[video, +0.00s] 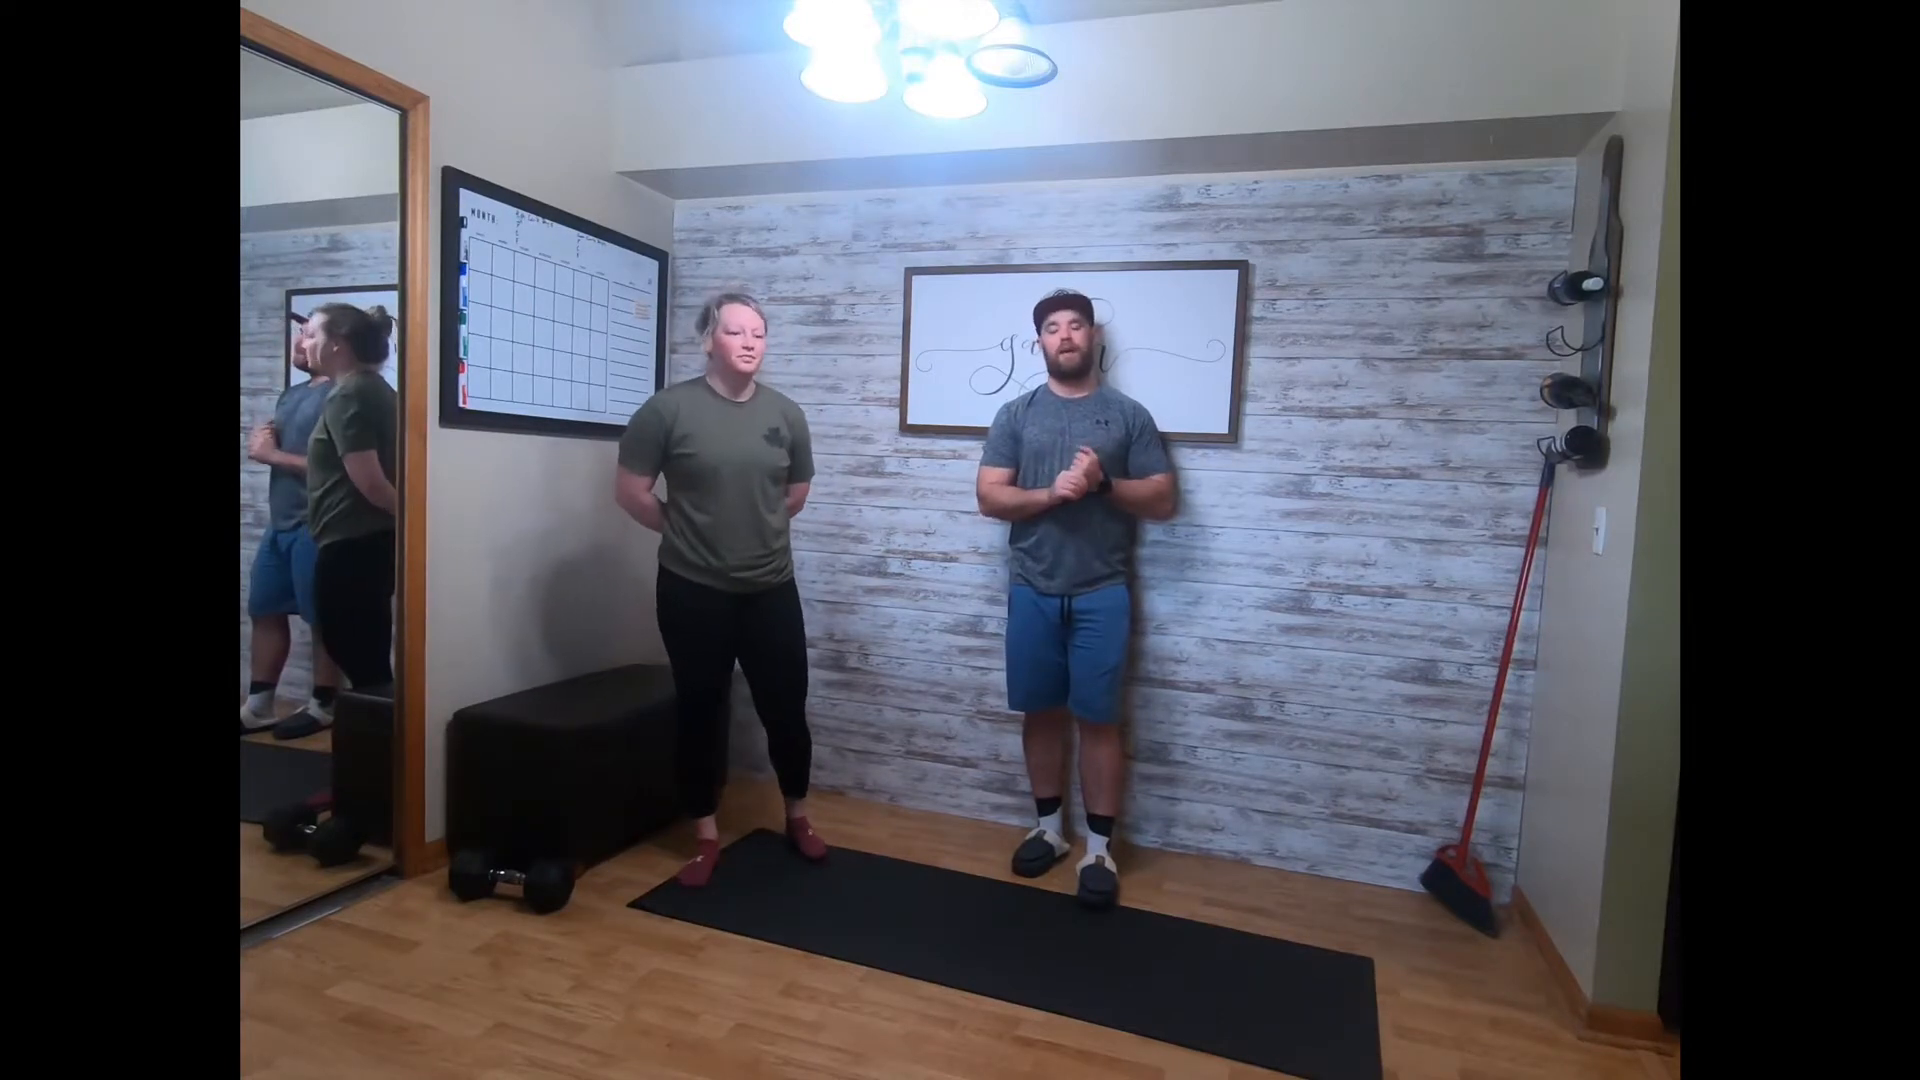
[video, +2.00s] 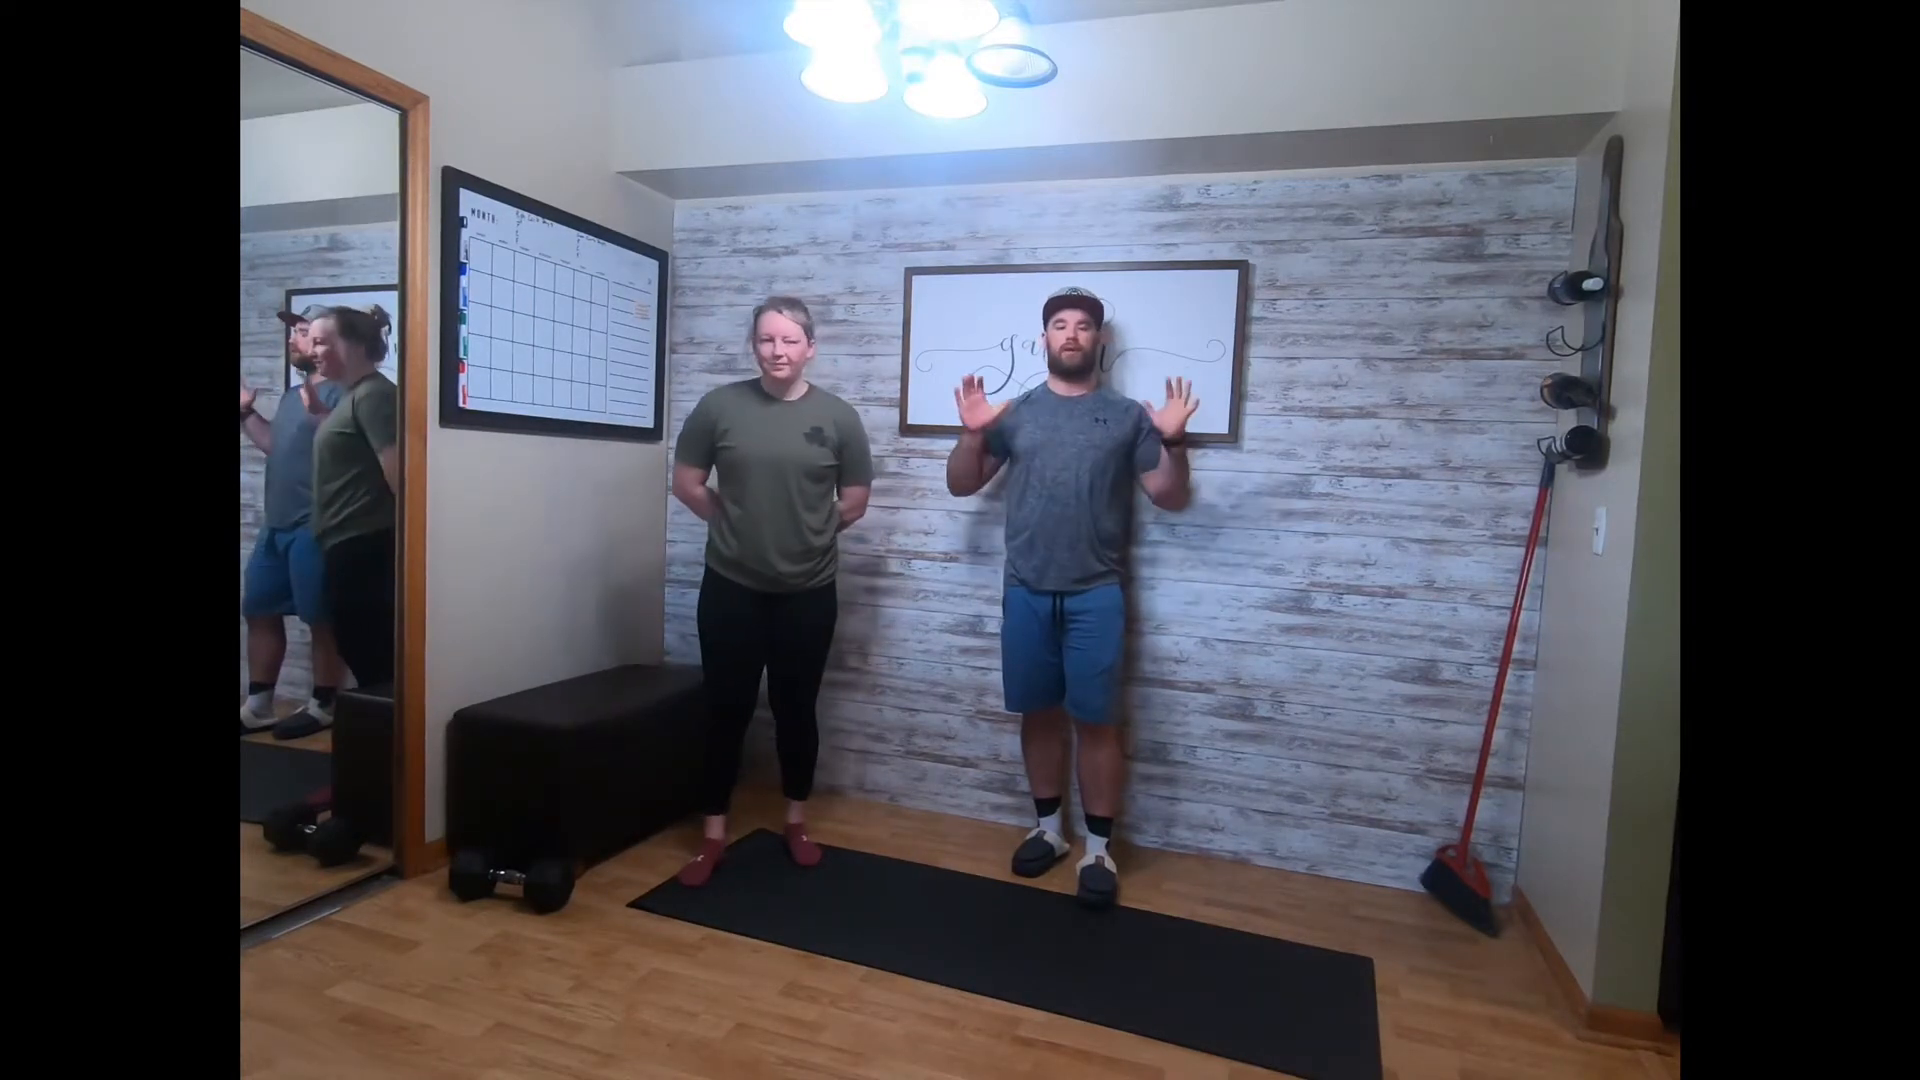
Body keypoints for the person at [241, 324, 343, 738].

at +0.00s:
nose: (300, 340)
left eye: (309, 333)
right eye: (301, 332)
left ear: (331, 343)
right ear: (301, 344)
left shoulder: (340, 395)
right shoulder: (292, 395)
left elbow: (329, 467)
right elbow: (277, 443)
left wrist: (273, 454)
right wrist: (267, 440)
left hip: (316, 526)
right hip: (280, 526)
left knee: (321, 619)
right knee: (266, 611)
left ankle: (324, 706)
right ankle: (259, 704)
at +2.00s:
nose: (294, 339)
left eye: (304, 332)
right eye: (295, 333)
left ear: (326, 342)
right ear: (299, 344)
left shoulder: (343, 392)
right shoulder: (294, 394)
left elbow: (346, 447)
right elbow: (276, 446)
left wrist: (317, 412)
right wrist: (248, 413)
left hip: (317, 523)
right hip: (276, 523)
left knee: (321, 617)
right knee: (260, 608)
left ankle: (324, 706)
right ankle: (259, 704)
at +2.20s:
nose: (300, 344)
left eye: (310, 336)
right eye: (300, 337)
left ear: (334, 344)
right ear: (301, 345)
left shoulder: (347, 394)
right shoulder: (293, 391)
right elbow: (254, 411)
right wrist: (242, 371)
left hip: (319, 527)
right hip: (279, 525)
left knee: (321, 619)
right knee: (261, 609)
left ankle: (325, 706)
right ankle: (259, 703)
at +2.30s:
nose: (298, 342)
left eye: (308, 336)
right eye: (297, 335)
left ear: (331, 344)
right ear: (296, 343)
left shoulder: (347, 391)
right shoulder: (289, 386)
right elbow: (250, 384)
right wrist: (238, 346)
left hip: (322, 528)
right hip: (280, 523)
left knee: (322, 621)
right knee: (264, 609)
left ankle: (324, 705)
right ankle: (259, 703)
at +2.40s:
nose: (296, 340)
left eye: (305, 333)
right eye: (296, 332)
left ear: (329, 341)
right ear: (296, 341)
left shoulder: (340, 385)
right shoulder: (290, 379)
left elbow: (351, 345)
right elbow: (253, 355)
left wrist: (340, 299)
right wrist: (238, 324)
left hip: (322, 522)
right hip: (283, 519)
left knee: (322, 618)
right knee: (264, 609)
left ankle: (324, 705)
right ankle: (259, 702)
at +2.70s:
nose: (291, 340)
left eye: (301, 332)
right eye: (292, 333)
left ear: (327, 340)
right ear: (294, 342)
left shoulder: (338, 386)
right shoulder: (287, 381)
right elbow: (246, 375)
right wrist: (240, 328)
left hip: (318, 524)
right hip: (280, 521)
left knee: (321, 620)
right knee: (262, 609)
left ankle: (324, 705)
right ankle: (259, 703)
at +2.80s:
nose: (292, 341)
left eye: (301, 333)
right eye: (293, 333)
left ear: (325, 342)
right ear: (298, 343)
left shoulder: (338, 392)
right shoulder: (287, 391)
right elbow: (249, 408)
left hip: (317, 525)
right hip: (278, 522)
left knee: (320, 621)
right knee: (262, 610)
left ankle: (324, 705)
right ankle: (259, 704)